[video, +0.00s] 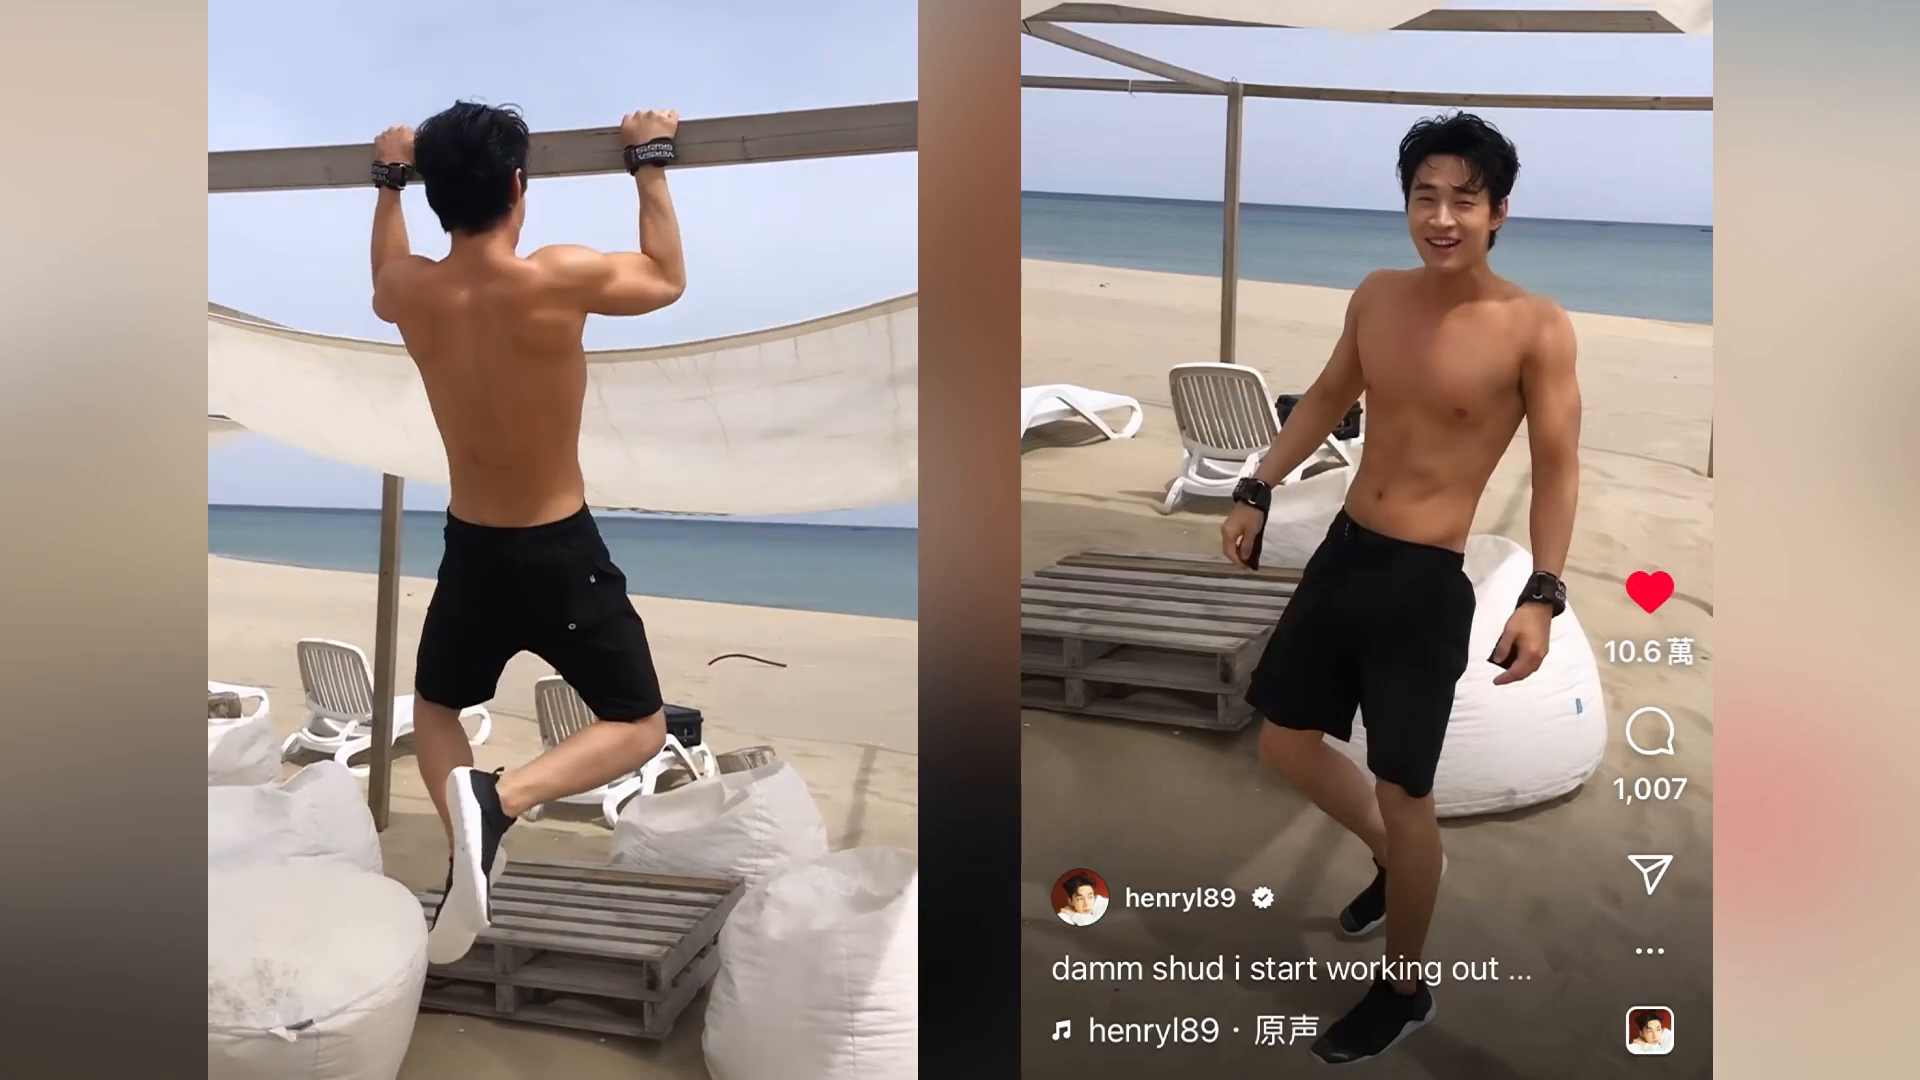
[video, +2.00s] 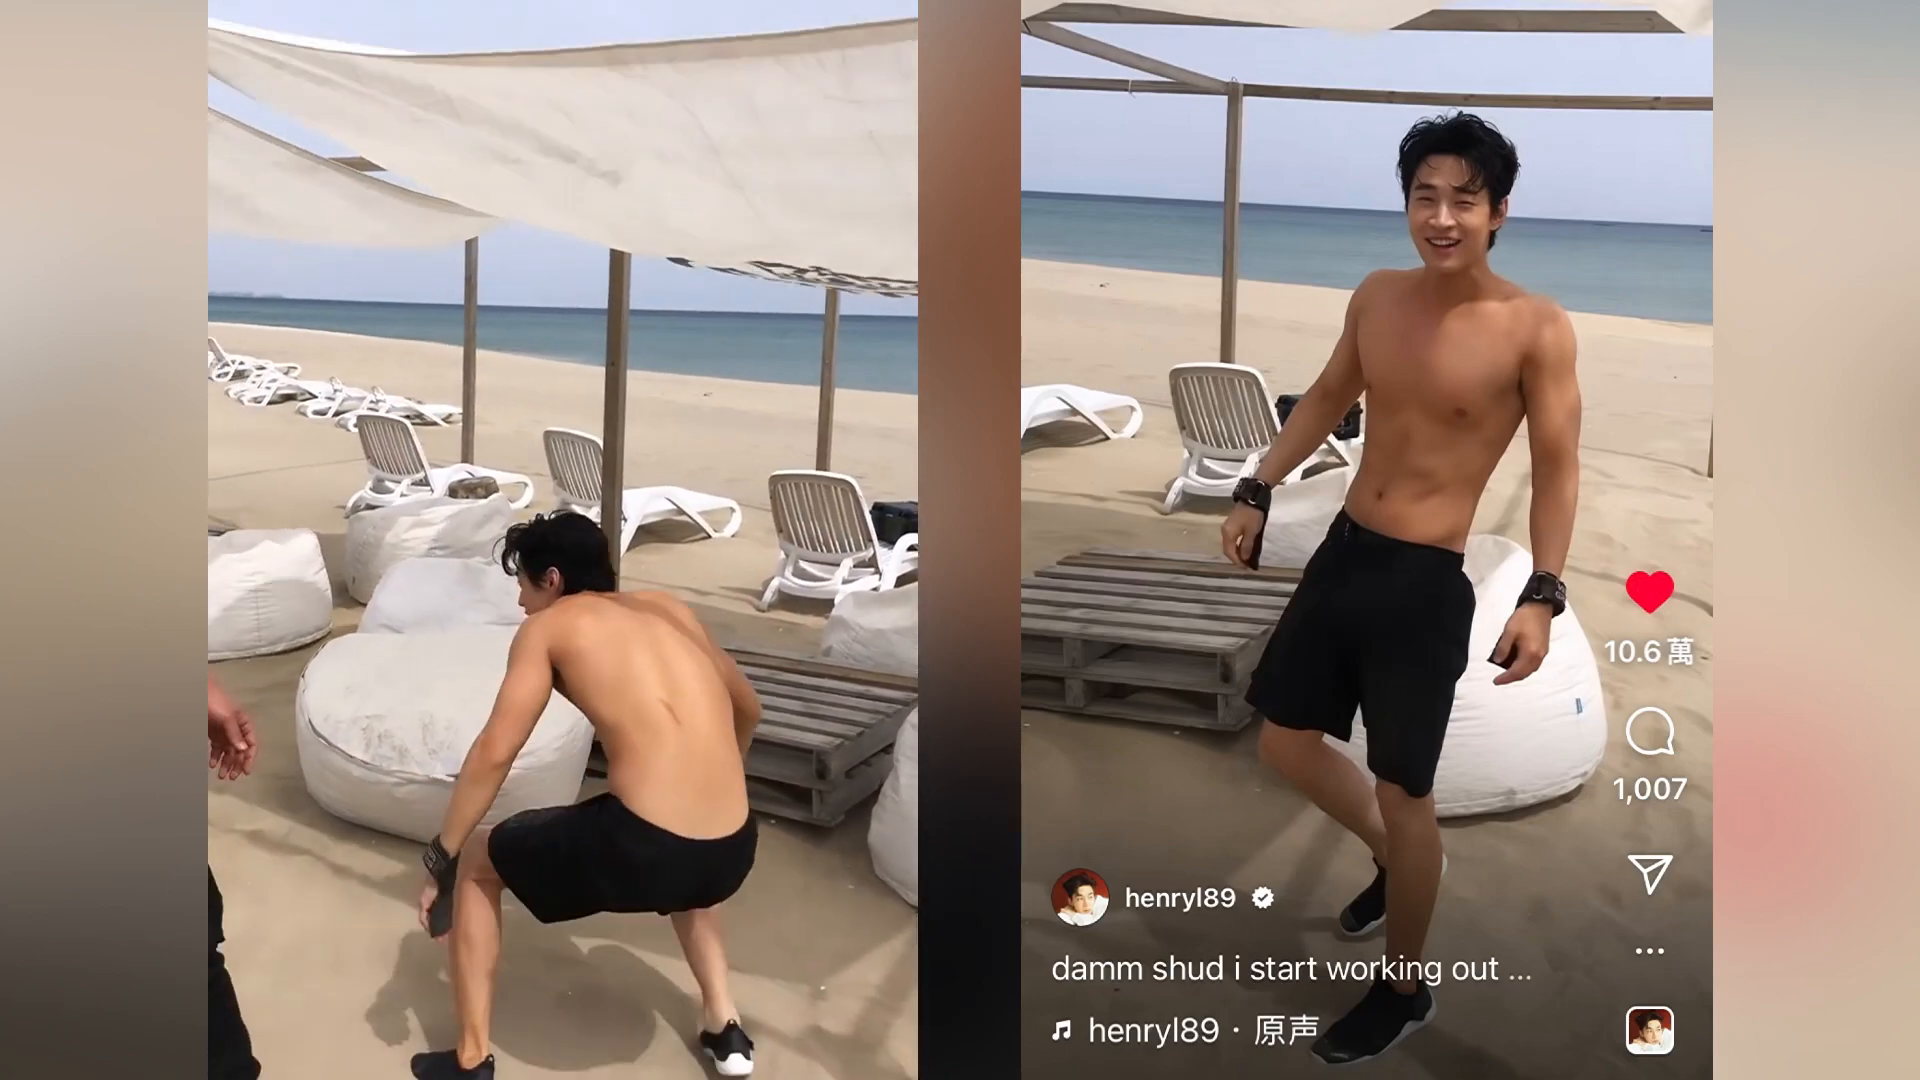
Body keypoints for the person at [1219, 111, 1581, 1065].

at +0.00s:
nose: (1440, 216)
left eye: (1462, 198)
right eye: (1424, 197)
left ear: (1498, 210)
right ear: (1406, 208)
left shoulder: (1535, 328)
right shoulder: (1378, 296)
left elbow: (1556, 468)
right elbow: (1330, 398)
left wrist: (1540, 595)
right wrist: (1255, 484)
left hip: (1426, 579)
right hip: (1345, 553)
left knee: (1402, 799)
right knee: (1284, 742)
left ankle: (1403, 981)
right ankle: (1398, 847)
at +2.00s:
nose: (1440, 216)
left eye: (1462, 198)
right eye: (1424, 197)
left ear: (1498, 210)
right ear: (1406, 208)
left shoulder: (1535, 328)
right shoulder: (1378, 296)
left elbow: (1556, 468)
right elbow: (1330, 398)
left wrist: (1540, 595)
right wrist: (1255, 484)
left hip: (1426, 579)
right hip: (1345, 553)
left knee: (1402, 799)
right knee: (1284, 742)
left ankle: (1403, 981)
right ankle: (1398, 847)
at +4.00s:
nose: (1440, 216)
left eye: (1462, 199)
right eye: (1425, 197)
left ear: (1498, 211)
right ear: (1406, 207)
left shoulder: (1535, 328)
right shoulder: (1378, 296)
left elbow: (1556, 468)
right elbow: (1330, 398)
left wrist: (1541, 595)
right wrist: (1256, 484)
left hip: (1427, 579)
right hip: (1345, 553)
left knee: (1402, 799)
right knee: (1284, 741)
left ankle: (1402, 981)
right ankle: (1398, 848)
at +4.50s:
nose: (1440, 216)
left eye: (1461, 198)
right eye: (1424, 197)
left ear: (1498, 210)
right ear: (1406, 208)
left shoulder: (1535, 328)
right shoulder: (1379, 296)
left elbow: (1556, 469)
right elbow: (1330, 398)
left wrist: (1540, 595)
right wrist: (1256, 484)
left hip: (1427, 579)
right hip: (1345, 553)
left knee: (1402, 799)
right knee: (1284, 742)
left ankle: (1403, 981)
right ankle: (1398, 846)